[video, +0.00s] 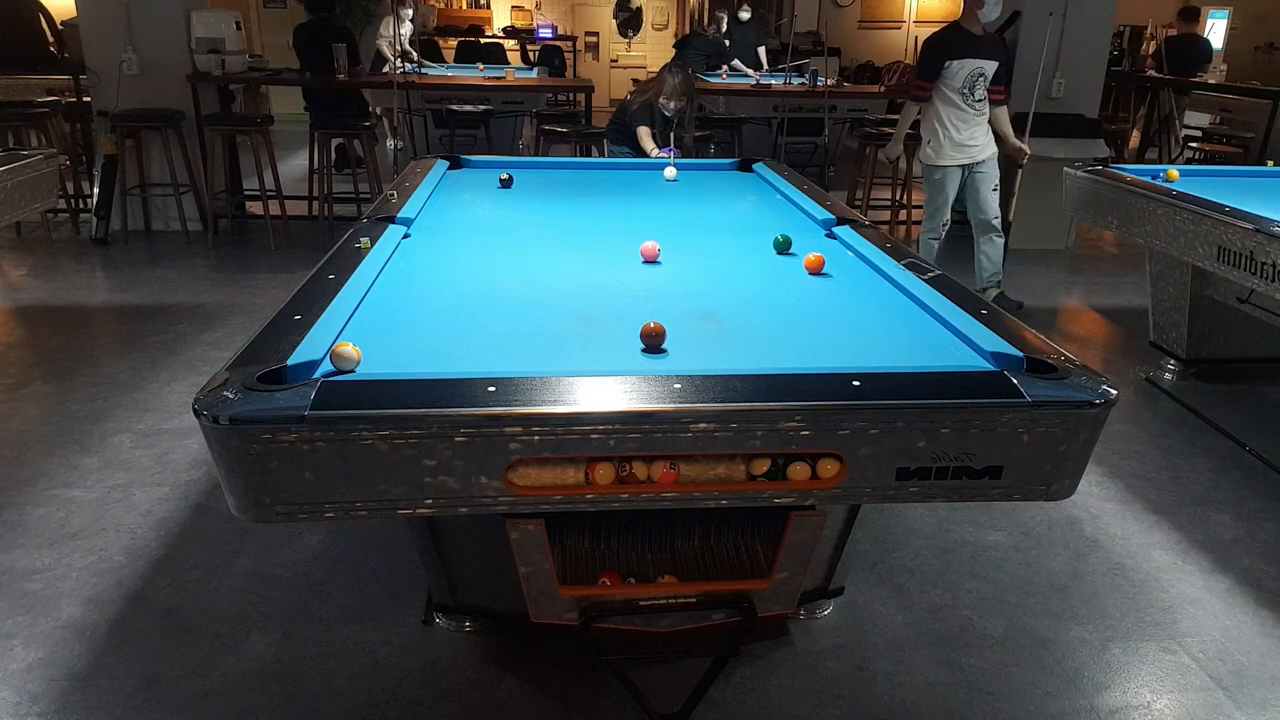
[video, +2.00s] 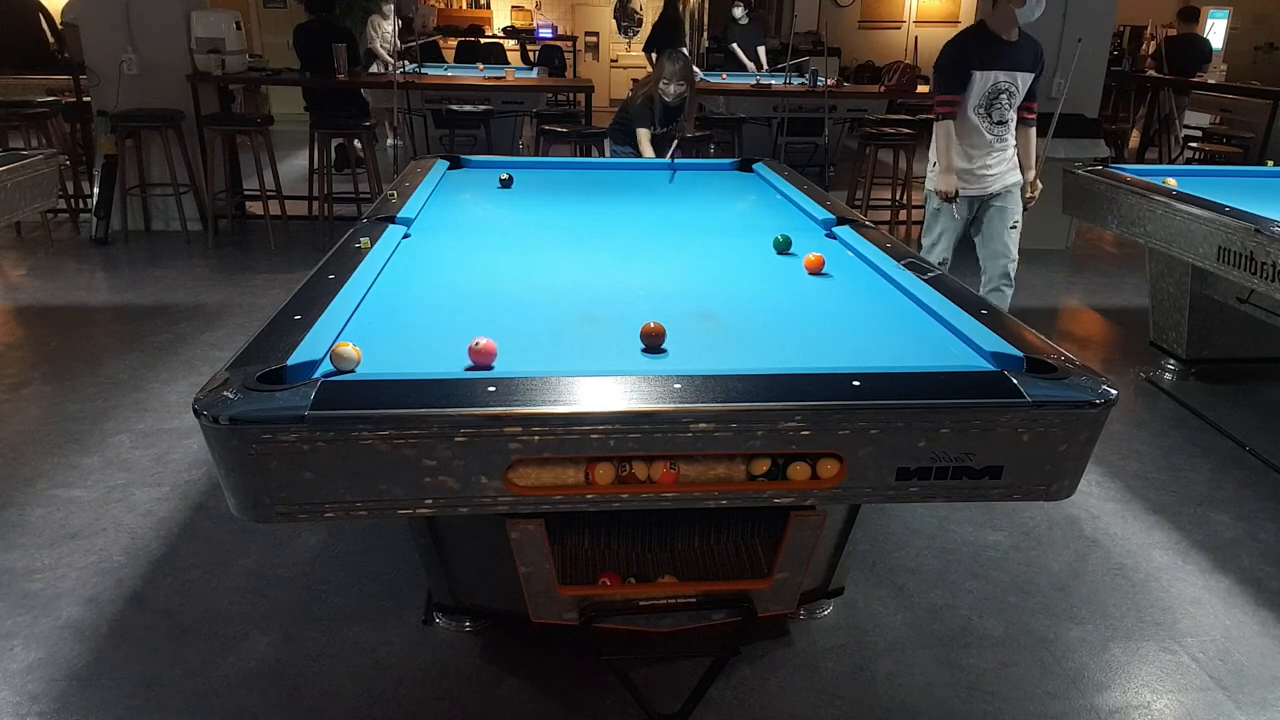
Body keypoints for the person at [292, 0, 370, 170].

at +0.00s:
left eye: (303, 5)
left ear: (307, 7)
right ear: (332, 7)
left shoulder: (300, 31)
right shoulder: (343, 30)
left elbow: (305, 65)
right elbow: (356, 68)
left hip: (315, 103)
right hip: (346, 103)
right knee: (363, 106)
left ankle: (351, 152)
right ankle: (344, 149)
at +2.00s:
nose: (302, 7)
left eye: (304, 5)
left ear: (307, 8)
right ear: (333, 7)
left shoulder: (300, 31)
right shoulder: (343, 32)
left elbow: (305, 63)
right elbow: (356, 68)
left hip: (315, 103)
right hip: (346, 103)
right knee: (363, 106)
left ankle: (351, 151)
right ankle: (345, 149)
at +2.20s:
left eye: (303, 5)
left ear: (307, 8)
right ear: (333, 7)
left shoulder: (300, 30)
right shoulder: (342, 30)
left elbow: (305, 61)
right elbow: (357, 61)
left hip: (314, 101)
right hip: (345, 101)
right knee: (362, 106)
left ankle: (350, 150)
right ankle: (343, 147)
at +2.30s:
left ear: (308, 8)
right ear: (335, 8)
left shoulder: (300, 31)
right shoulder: (344, 33)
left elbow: (305, 64)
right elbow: (355, 70)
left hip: (314, 102)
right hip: (346, 102)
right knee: (362, 107)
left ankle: (351, 150)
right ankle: (343, 147)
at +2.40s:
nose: (347, 10)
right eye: (344, 5)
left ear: (309, 8)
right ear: (337, 8)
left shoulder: (299, 31)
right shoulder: (344, 34)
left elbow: (305, 64)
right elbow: (355, 70)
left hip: (314, 102)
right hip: (345, 103)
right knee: (362, 106)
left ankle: (350, 150)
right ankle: (344, 147)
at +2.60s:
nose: (338, 7)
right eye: (336, 4)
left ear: (308, 8)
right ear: (332, 8)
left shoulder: (300, 31)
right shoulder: (344, 34)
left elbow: (306, 64)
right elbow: (357, 73)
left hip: (315, 104)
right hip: (346, 105)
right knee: (362, 105)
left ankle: (351, 150)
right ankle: (344, 148)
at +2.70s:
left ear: (308, 8)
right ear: (331, 8)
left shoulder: (300, 31)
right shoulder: (343, 32)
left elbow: (305, 65)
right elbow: (357, 71)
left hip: (315, 103)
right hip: (346, 104)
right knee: (362, 106)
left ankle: (351, 150)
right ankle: (345, 148)